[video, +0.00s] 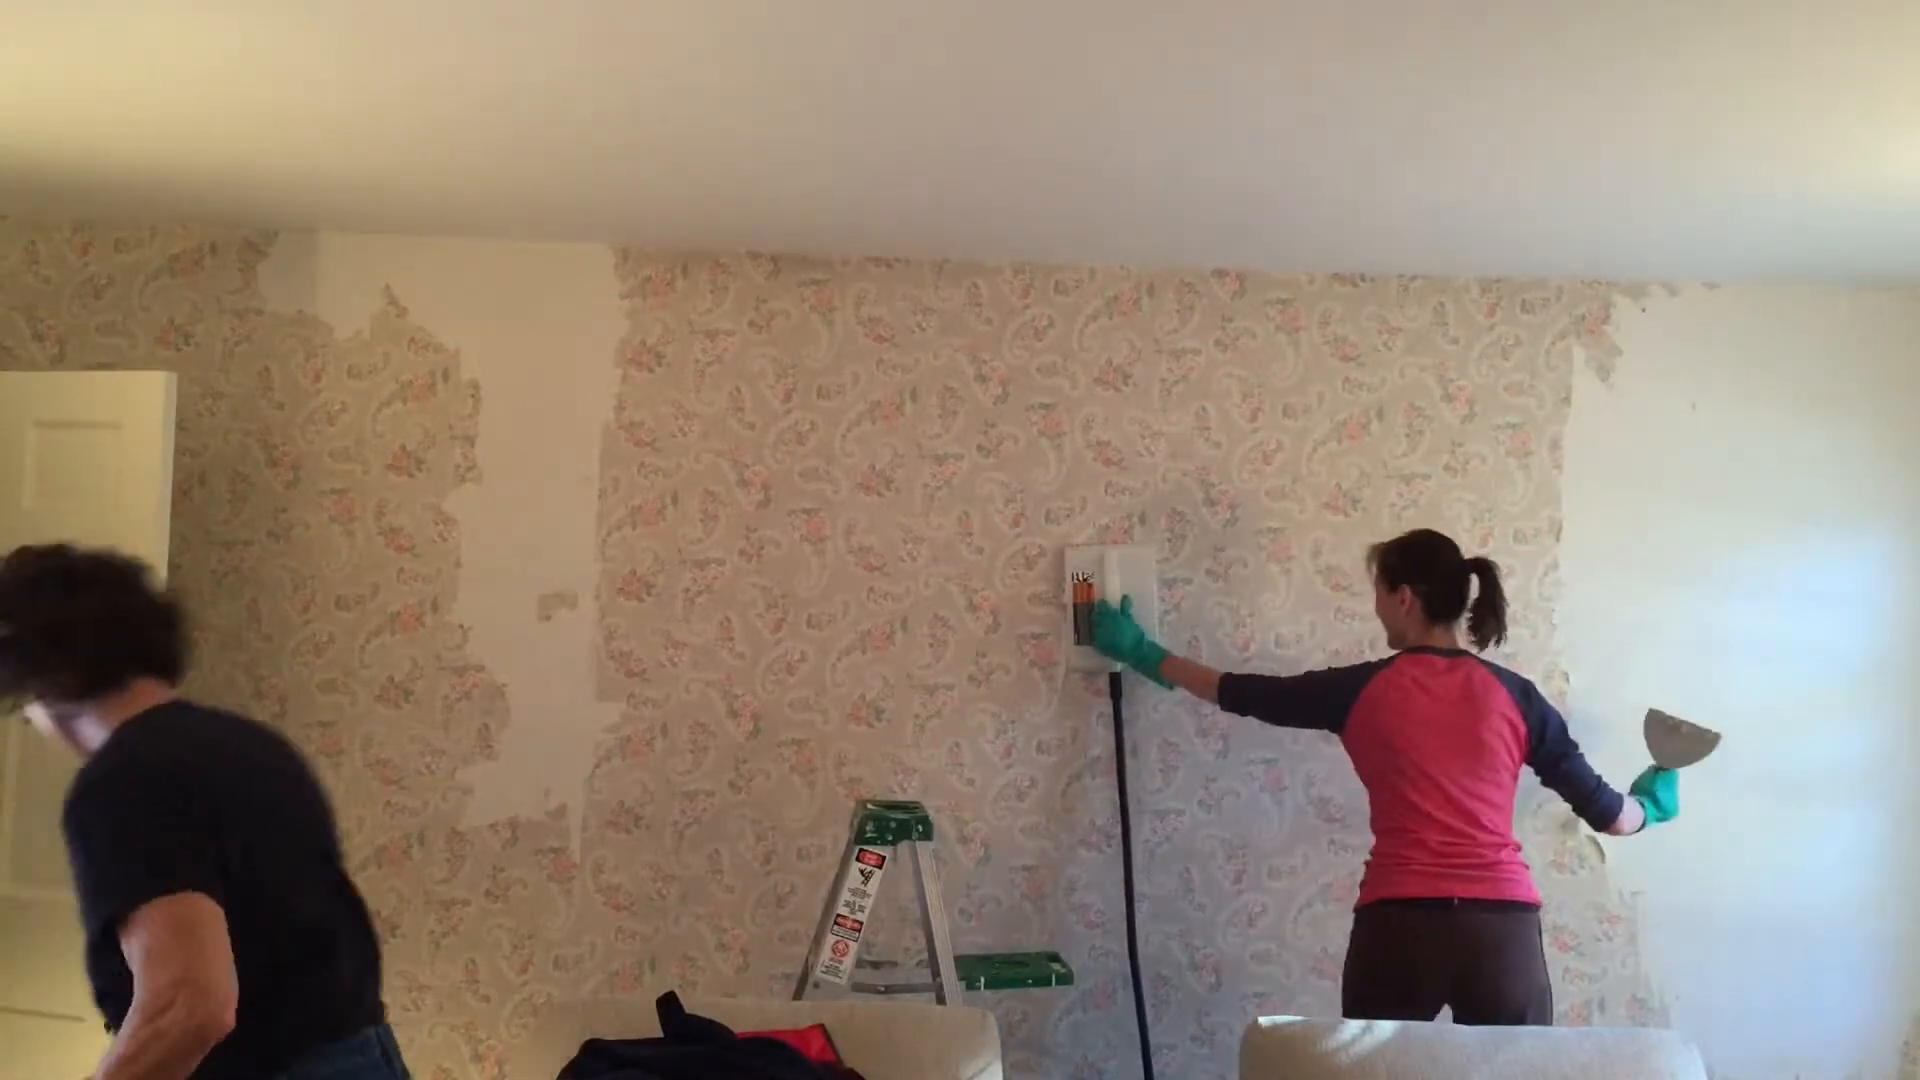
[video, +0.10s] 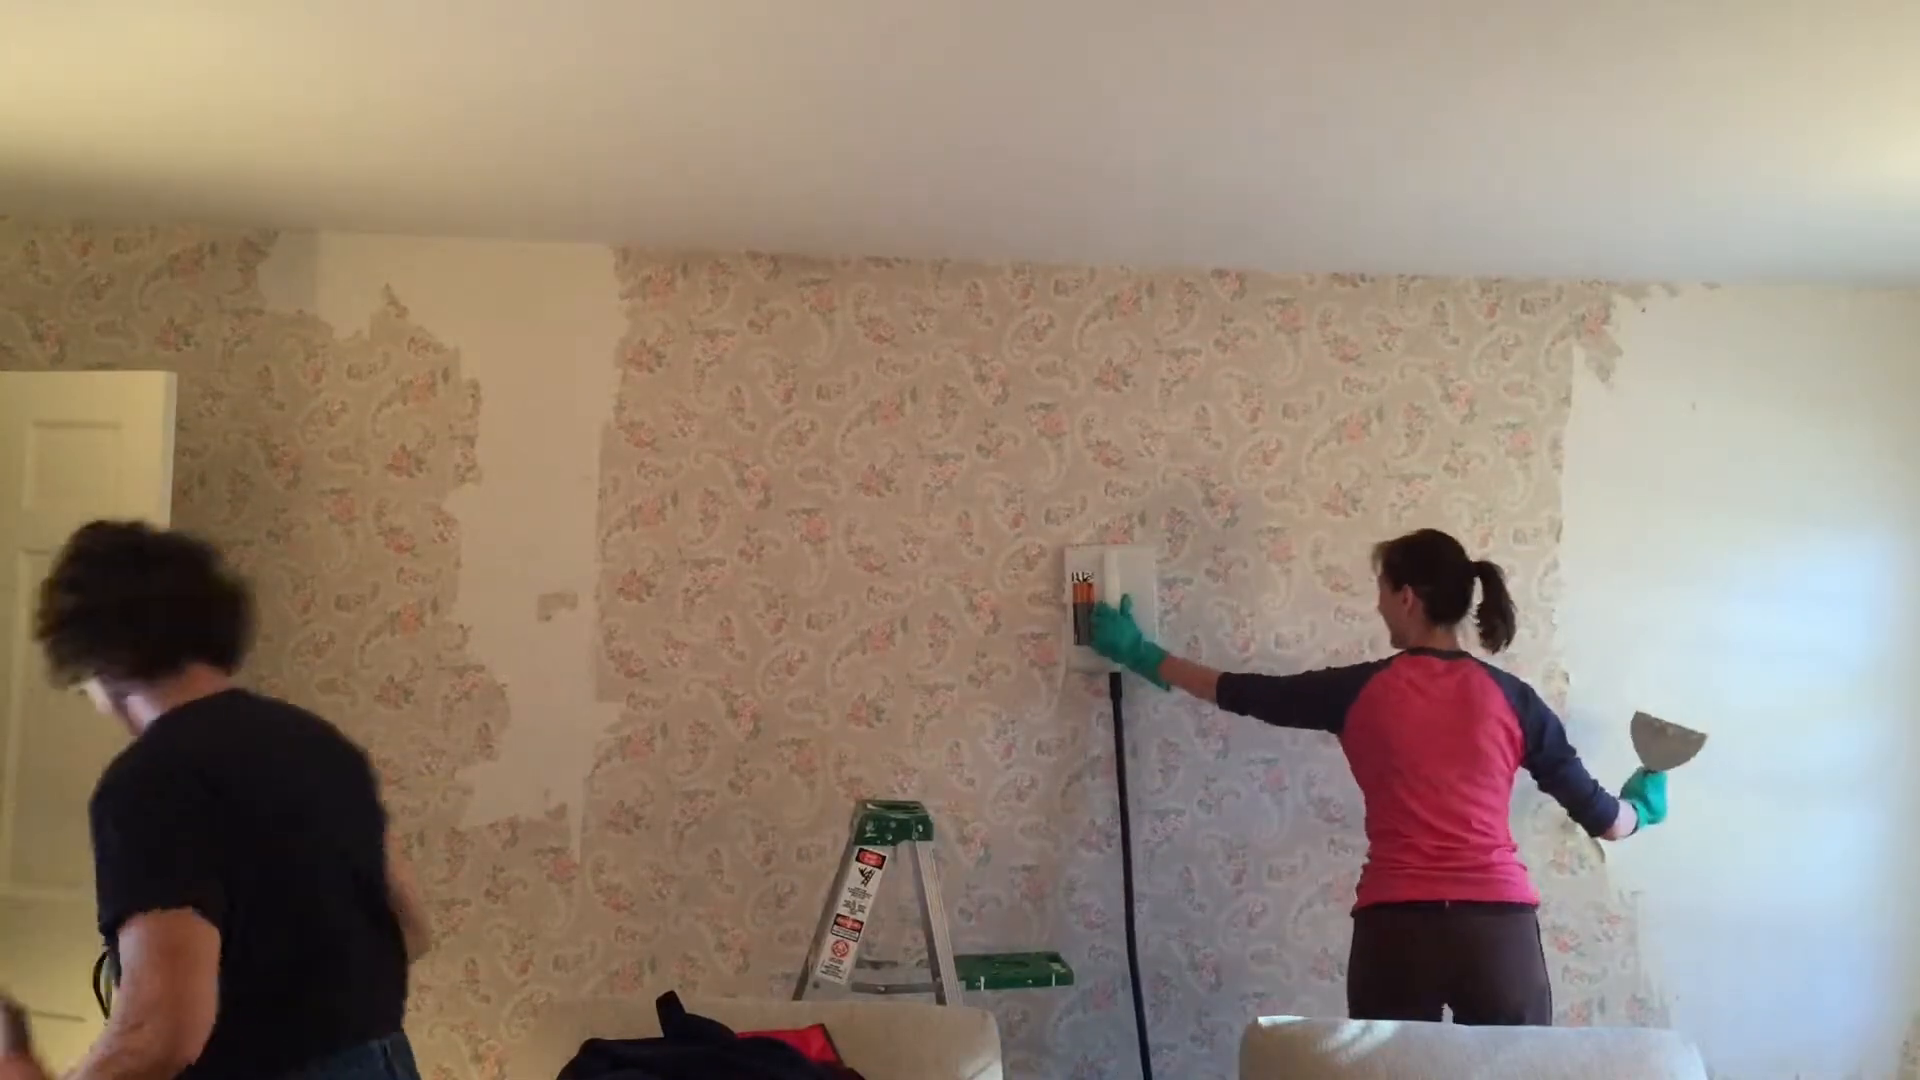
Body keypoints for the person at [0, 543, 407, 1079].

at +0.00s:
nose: (34, 718)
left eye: (27, 694)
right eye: (24, 696)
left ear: (43, 687)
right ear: (151, 637)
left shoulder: (123, 780)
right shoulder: (256, 742)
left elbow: (188, 1002)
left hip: (267, 1065)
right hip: (363, 1048)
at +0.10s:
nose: (97, 700)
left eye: (87, 673)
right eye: (84, 678)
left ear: (106, 665)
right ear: (215, 627)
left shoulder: (150, 780)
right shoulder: (324, 743)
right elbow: (409, 929)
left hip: (246, 1067)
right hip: (378, 1055)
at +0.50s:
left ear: (158, 622)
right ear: (292, 613)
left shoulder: (112, 777)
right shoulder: (370, 743)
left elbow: (71, 1032)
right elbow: (438, 948)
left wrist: (173, 1030)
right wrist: (337, 994)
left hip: (196, 1066)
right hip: (364, 1059)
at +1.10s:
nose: (354, 606)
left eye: (355, 590)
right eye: (348, 590)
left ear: (227, 598)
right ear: (312, 601)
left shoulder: (141, 728)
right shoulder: (352, 721)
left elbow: (72, 910)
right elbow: (405, 917)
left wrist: (155, 915)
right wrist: (452, 921)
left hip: (167, 1030)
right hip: (317, 1032)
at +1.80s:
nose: (479, 640)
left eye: (485, 623)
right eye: (478, 621)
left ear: (391, 605)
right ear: (435, 612)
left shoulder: (330, 690)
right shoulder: (430, 703)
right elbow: (494, 850)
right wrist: (619, 826)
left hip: (284, 962)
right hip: (376, 973)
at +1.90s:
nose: (508, 631)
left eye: (513, 615)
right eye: (505, 613)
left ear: (423, 602)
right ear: (463, 607)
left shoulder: (356, 692)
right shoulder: (458, 707)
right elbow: (512, 856)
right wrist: (642, 826)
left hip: (325, 954)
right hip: (415, 967)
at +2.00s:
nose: (552, 633)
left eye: (556, 619)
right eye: (546, 617)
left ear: (481, 611)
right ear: (504, 614)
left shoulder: (392, 695)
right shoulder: (493, 722)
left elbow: (351, 797)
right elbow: (526, 878)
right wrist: (652, 847)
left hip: (357, 960)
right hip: (445, 974)